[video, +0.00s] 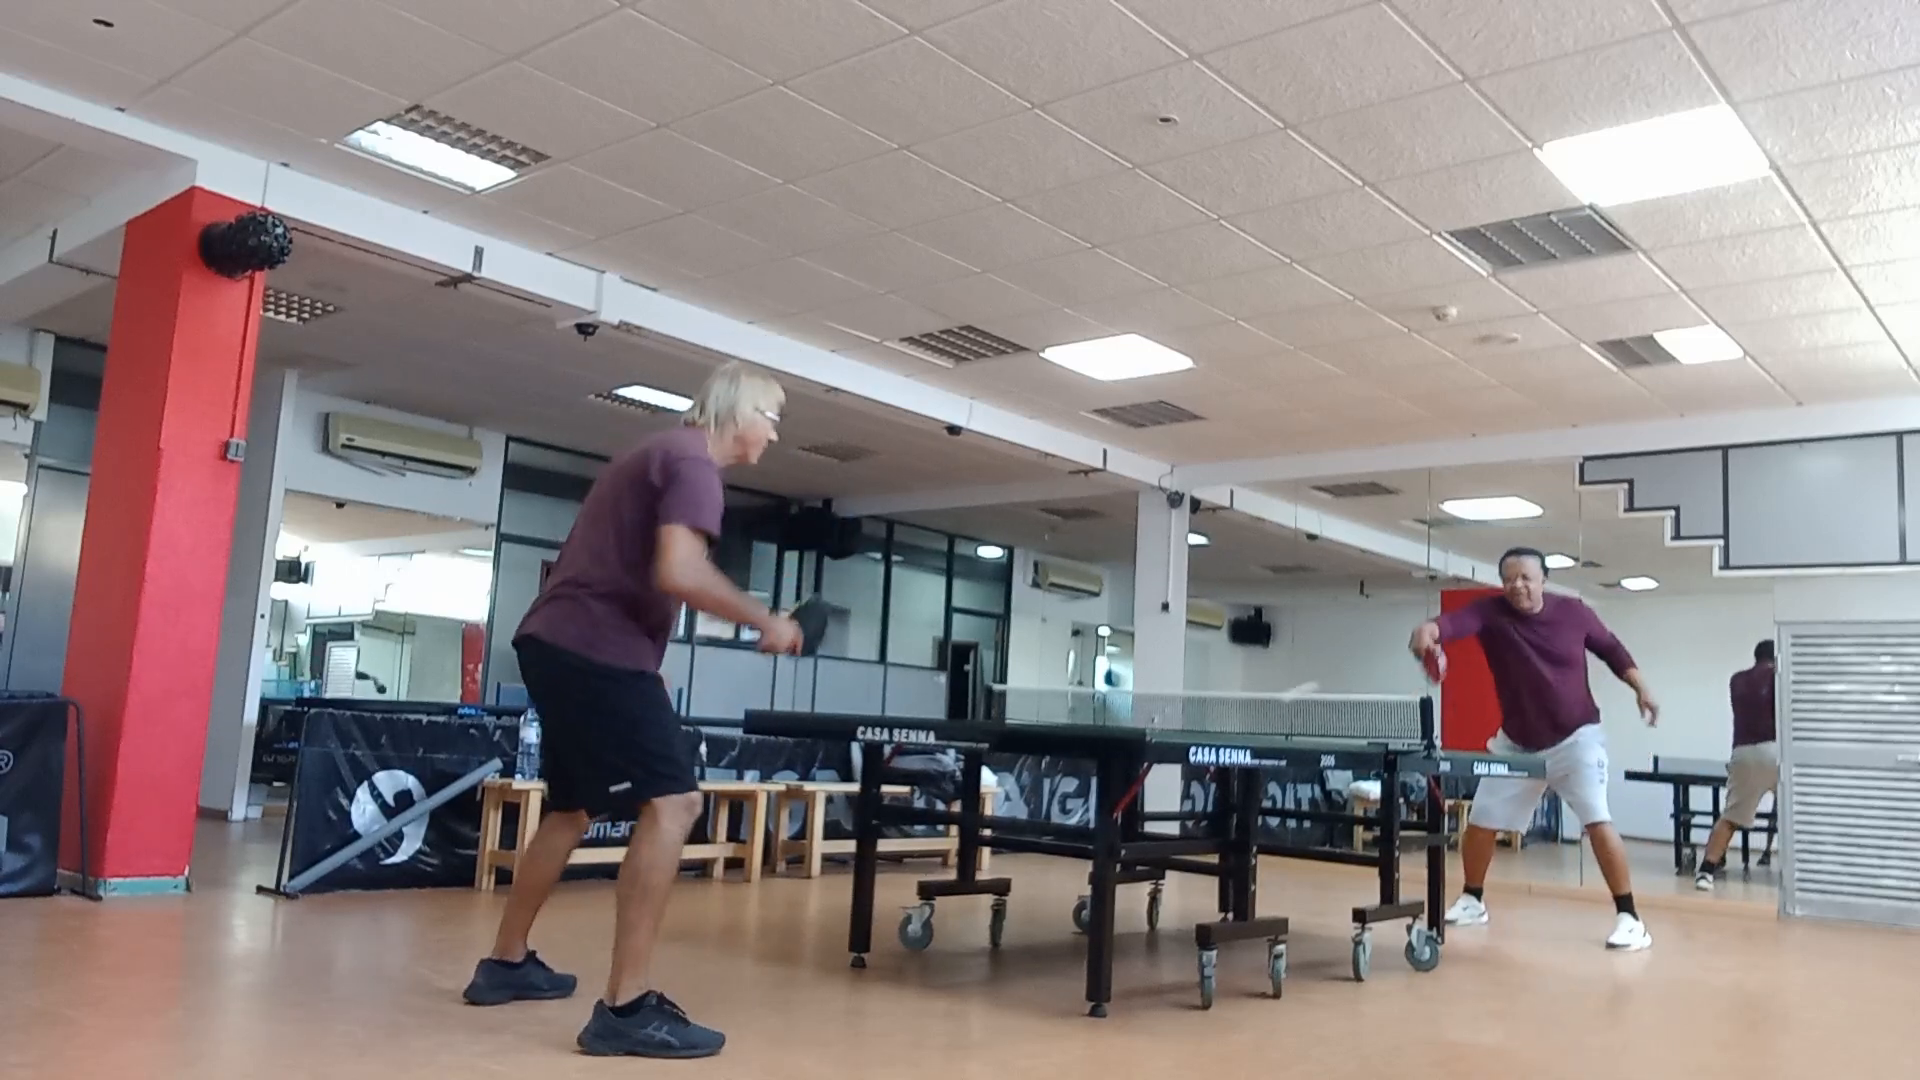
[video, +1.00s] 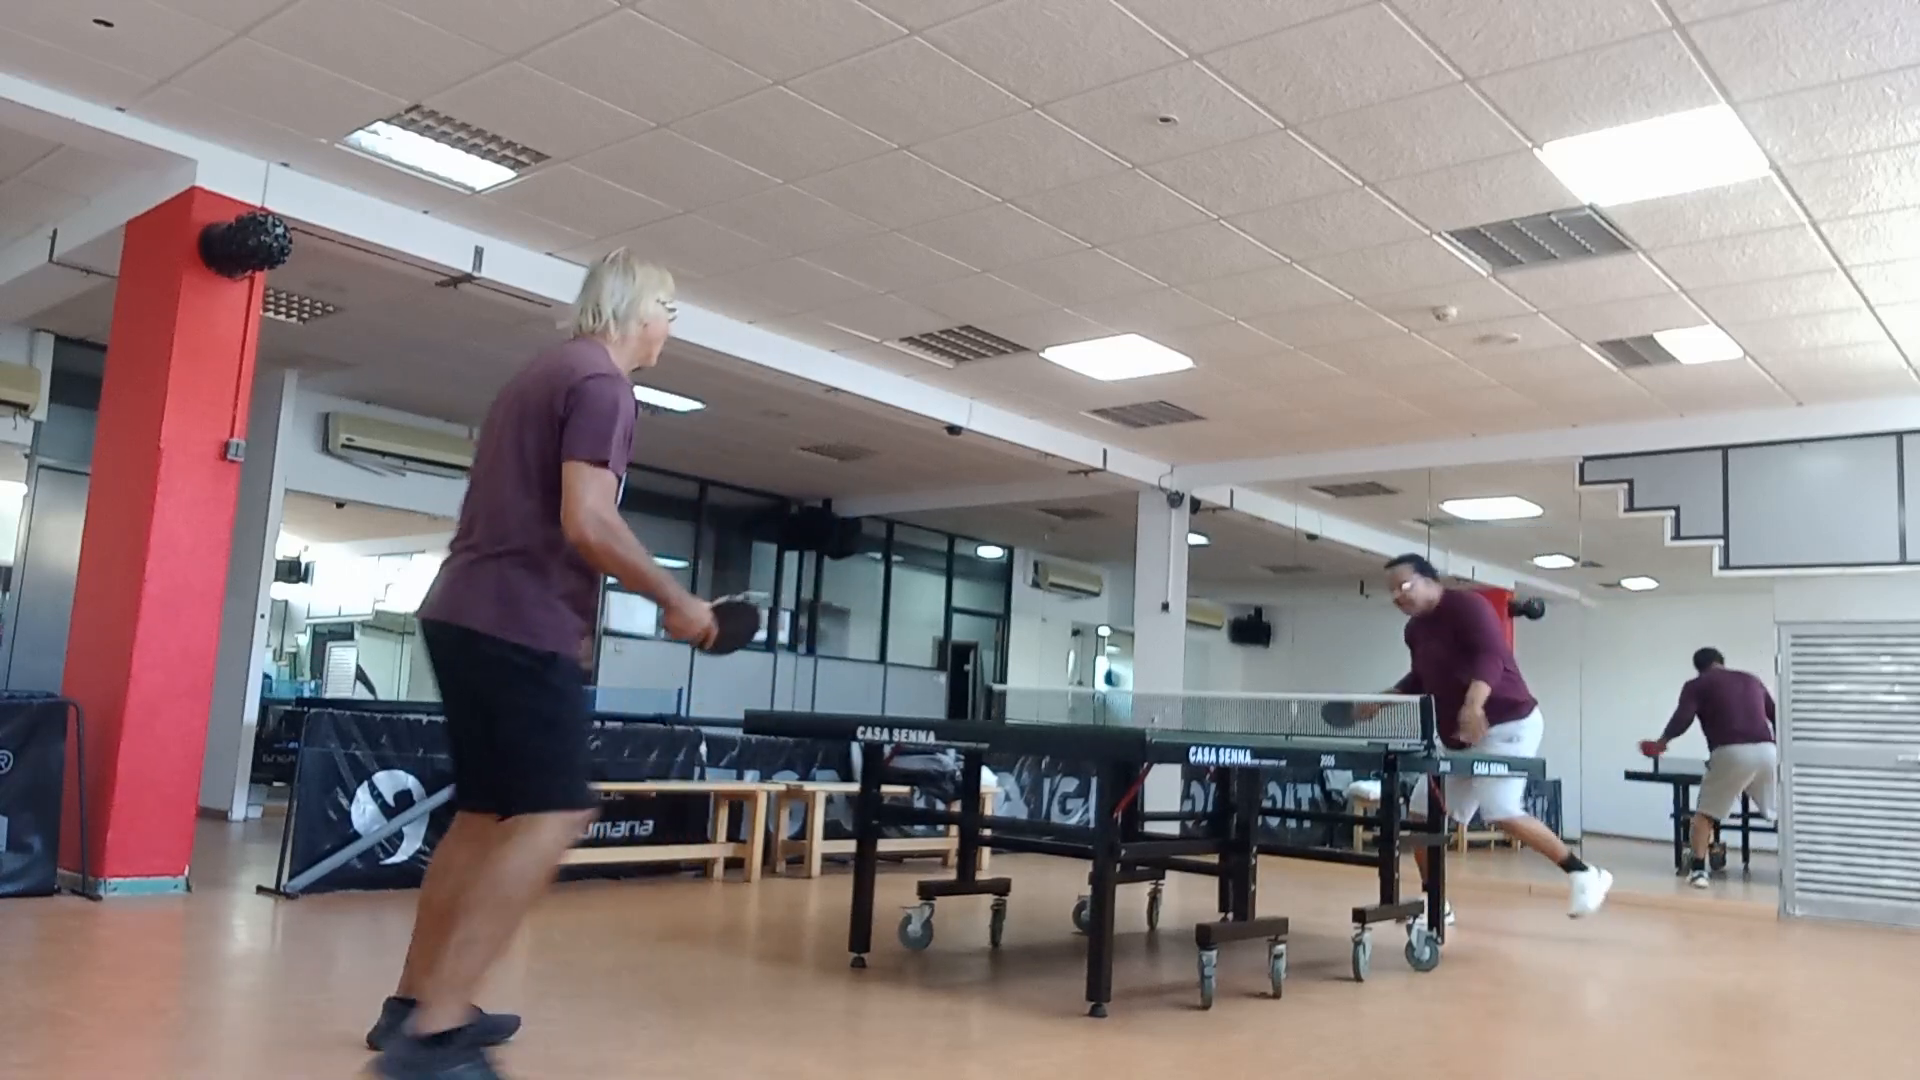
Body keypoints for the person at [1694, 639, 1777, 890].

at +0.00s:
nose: (1772, 663)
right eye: (1775, 658)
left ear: (1755, 657)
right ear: (1776, 658)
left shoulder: (1737, 679)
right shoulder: (1783, 677)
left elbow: (1742, 714)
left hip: (1744, 752)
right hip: (1779, 750)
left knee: (1730, 816)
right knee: (1800, 815)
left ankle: (1706, 870)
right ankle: (1804, 874)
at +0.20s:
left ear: (1758, 649)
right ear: (1778, 650)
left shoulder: (1738, 673)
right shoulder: (1787, 672)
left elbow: (1725, 708)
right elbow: (1796, 709)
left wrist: (1738, 732)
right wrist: (1793, 736)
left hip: (1743, 750)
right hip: (1778, 750)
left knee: (1725, 815)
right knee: (1797, 813)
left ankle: (1704, 871)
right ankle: (1803, 873)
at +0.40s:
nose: (1771, 655)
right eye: (1775, 649)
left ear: (1757, 649)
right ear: (1778, 648)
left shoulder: (1736, 675)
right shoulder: (1791, 673)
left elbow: (1713, 714)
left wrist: (1719, 741)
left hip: (1748, 751)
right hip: (1785, 750)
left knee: (1726, 816)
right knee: (1801, 814)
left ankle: (1705, 871)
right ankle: (1804, 873)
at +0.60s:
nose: (1768, 658)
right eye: (1770, 654)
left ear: (1749, 654)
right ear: (1773, 653)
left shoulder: (1732, 678)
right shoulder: (1786, 677)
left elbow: (1707, 718)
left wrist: (1711, 748)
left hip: (1745, 753)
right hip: (1782, 753)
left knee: (1721, 810)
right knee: (1793, 817)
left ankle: (1705, 862)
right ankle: (1802, 871)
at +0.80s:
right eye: (1749, 663)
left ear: (1726, 662)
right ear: (1752, 661)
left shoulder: (1714, 683)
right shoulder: (1771, 681)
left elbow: (1691, 724)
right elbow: (1786, 714)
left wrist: (1695, 749)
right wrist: (1786, 745)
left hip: (1736, 757)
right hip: (1773, 756)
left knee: (1711, 812)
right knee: (1786, 820)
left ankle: (1700, 869)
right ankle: (1796, 875)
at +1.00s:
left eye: (1699, 670)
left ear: (1698, 668)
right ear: (1722, 662)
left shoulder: (1696, 685)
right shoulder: (1751, 680)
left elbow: (1683, 718)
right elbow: (1777, 716)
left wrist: (1662, 742)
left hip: (1731, 754)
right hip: (1768, 752)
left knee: (1704, 815)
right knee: (1781, 813)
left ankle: (1699, 870)